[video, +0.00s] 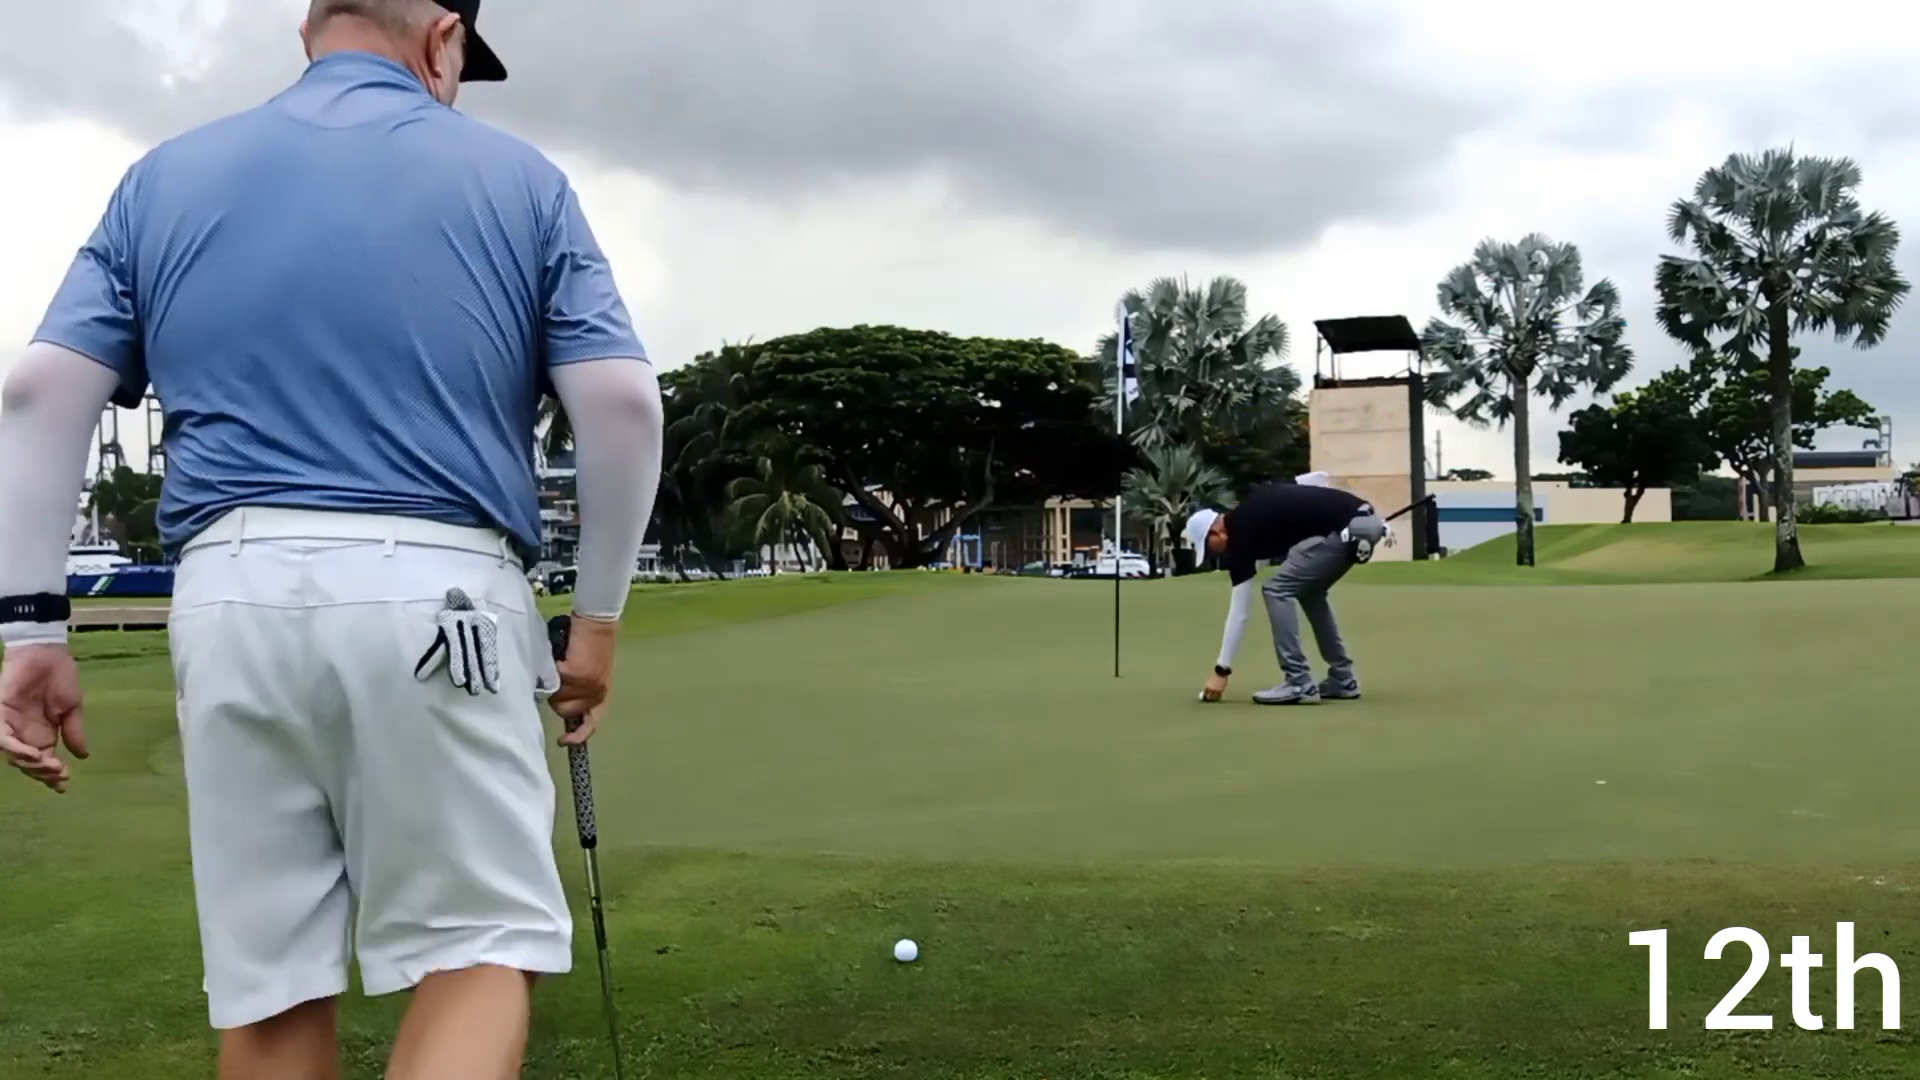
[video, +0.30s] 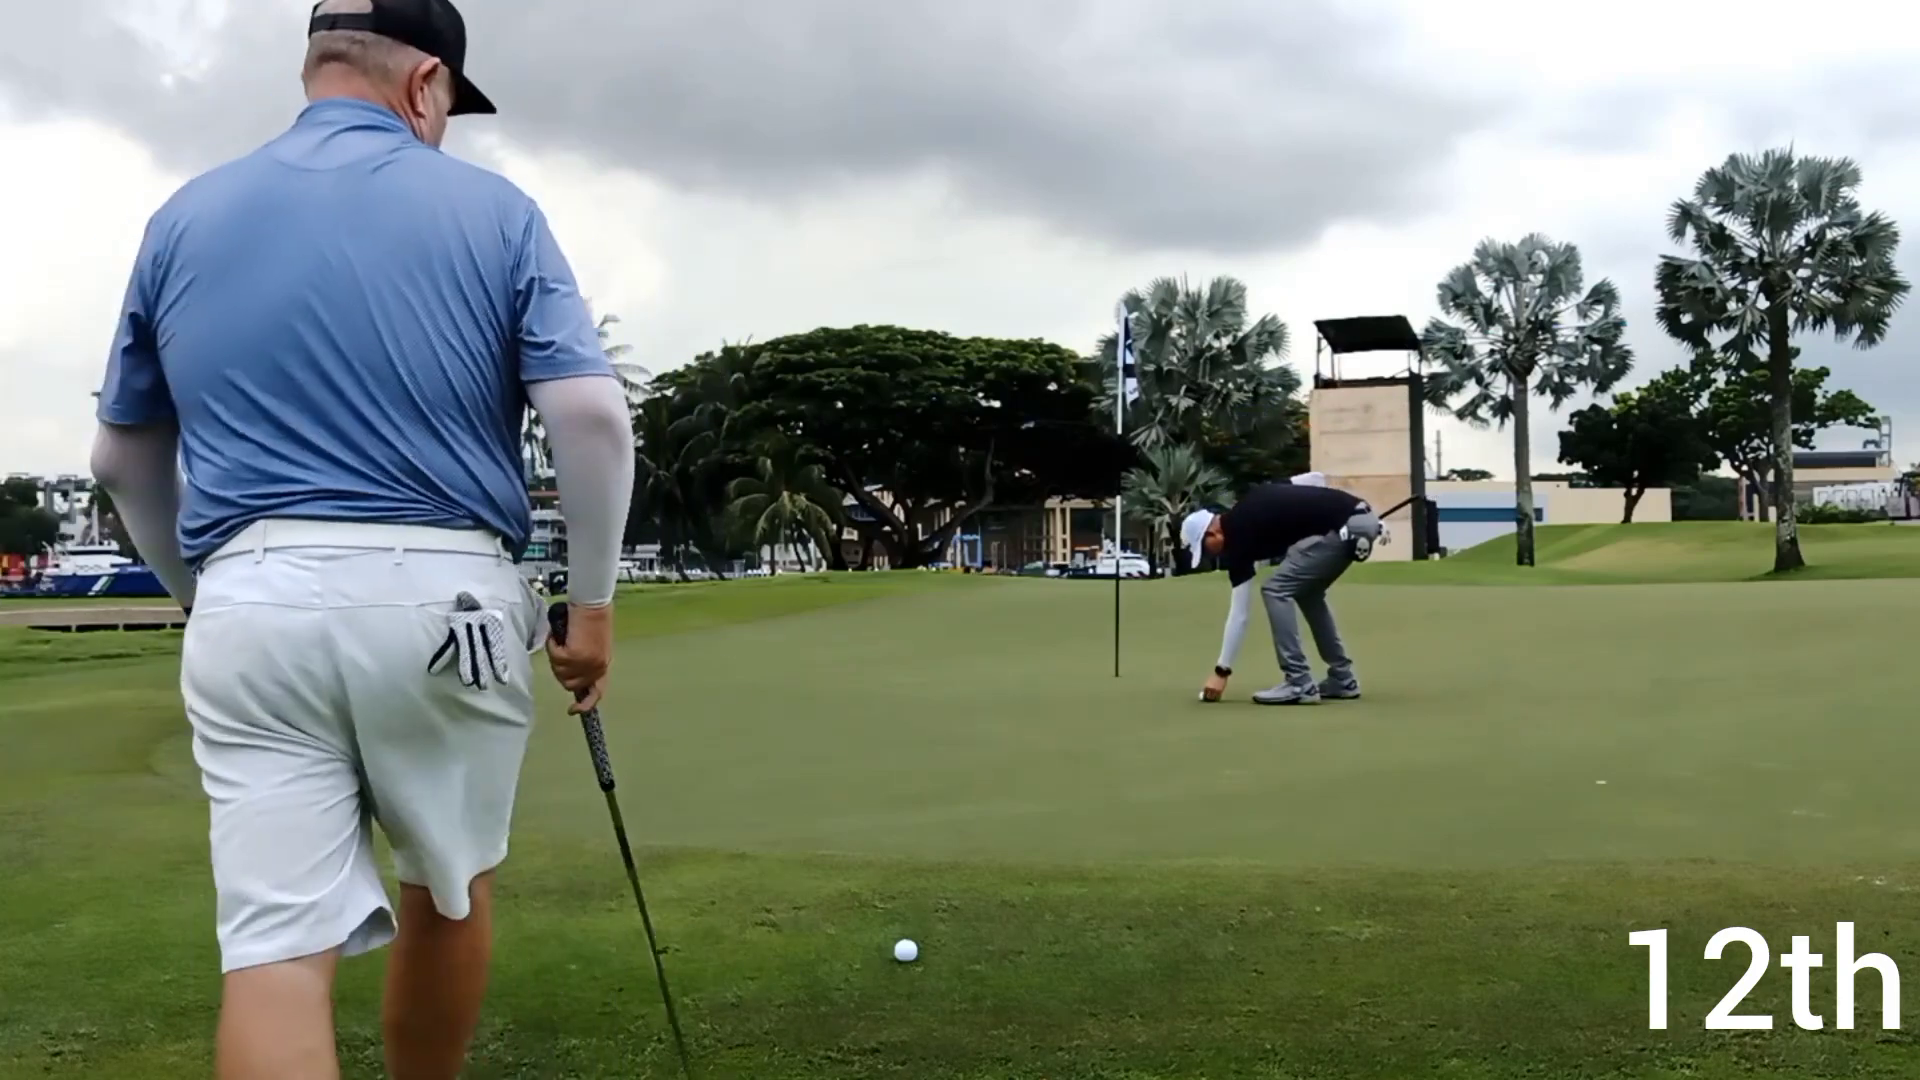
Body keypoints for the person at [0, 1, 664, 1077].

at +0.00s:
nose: (462, 82)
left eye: (468, 64)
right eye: (466, 57)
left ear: (309, 37)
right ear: (439, 44)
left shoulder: (168, 173)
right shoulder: (517, 176)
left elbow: (45, 386)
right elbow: (621, 398)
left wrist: (32, 624)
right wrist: (598, 615)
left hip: (226, 593)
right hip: (441, 590)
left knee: (270, 989)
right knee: (472, 948)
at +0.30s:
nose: (452, 129)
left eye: (456, 112)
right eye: (455, 108)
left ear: (310, 80)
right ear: (424, 88)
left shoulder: (188, 213)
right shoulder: (492, 205)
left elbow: (130, 460)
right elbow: (590, 412)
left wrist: (208, 586)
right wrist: (589, 602)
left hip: (249, 594)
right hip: (446, 593)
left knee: (273, 950)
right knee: (447, 894)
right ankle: (425, 1079)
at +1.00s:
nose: (542, 207)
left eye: (548, 191)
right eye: (547, 187)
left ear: (433, 148)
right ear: (518, 164)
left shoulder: (309, 248)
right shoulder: (546, 266)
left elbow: (209, 379)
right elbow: (601, 435)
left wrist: (164, 532)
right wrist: (600, 594)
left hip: (337, 554)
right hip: (479, 560)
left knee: (361, 794)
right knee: (433, 841)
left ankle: (376, 984)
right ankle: (395, 1070)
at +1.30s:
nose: (558, 221)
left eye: (563, 205)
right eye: (559, 199)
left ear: (472, 165)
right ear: (523, 172)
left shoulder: (365, 249)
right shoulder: (528, 254)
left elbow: (324, 382)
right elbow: (554, 389)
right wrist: (579, 547)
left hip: (351, 524)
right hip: (468, 529)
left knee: (400, 774)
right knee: (499, 774)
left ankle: (402, 988)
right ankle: (414, 992)